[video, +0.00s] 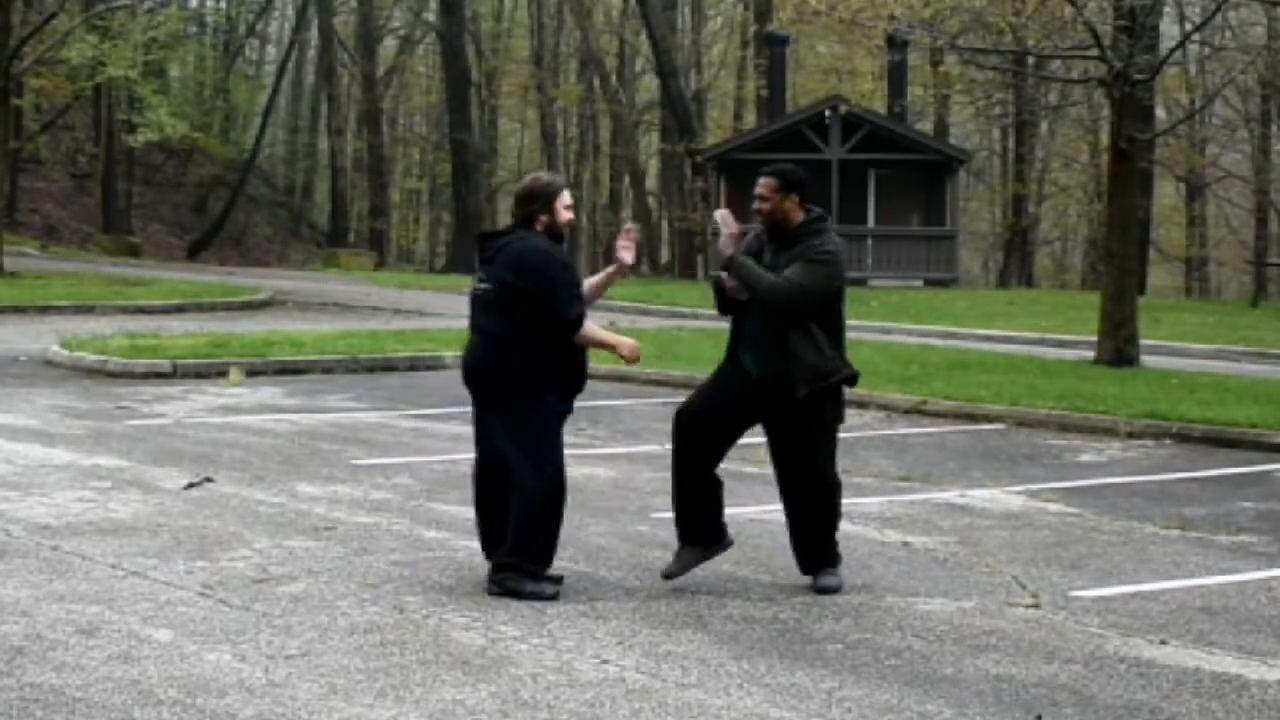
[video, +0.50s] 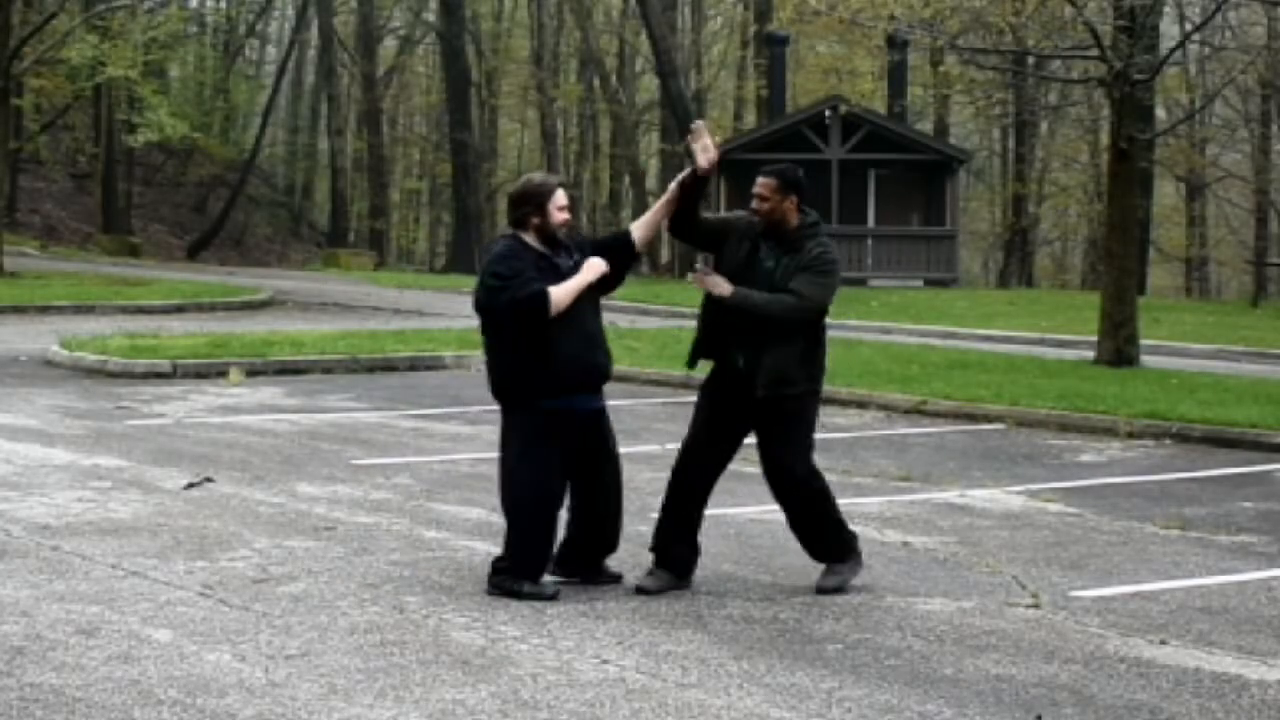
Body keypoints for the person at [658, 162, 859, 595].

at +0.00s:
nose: (757, 207)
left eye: (765, 200)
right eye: (756, 199)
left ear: (793, 202)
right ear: (760, 202)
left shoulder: (823, 251)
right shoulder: (758, 241)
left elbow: (782, 293)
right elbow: (732, 306)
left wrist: (733, 258)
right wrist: (727, 285)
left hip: (806, 384)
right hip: (748, 376)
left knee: (809, 477)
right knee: (692, 426)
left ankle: (823, 564)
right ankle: (702, 536)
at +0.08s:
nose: (758, 206)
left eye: (766, 199)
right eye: (757, 197)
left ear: (794, 201)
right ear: (770, 201)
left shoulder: (820, 250)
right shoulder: (762, 242)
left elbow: (765, 286)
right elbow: (722, 287)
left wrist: (702, 266)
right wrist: (733, 251)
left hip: (805, 383)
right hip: (749, 375)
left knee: (807, 474)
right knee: (692, 428)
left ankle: (823, 564)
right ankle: (687, 538)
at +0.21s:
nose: (754, 203)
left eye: (762, 196)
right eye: (753, 195)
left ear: (791, 199)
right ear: (756, 197)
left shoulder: (817, 249)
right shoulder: (748, 235)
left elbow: (771, 292)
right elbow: (697, 254)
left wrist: (713, 282)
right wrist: (690, 214)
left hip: (796, 389)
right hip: (736, 385)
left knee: (805, 479)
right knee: (696, 464)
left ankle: (824, 564)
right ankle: (666, 556)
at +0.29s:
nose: (750, 203)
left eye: (758, 197)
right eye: (750, 195)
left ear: (786, 200)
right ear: (756, 197)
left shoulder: (813, 251)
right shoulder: (743, 233)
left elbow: (775, 298)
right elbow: (689, 240)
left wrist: (720, 284)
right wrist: (693, 196)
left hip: (790, 389)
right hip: (730, 385)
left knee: (801, 480)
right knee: (694, 473)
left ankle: (823, 565)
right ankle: (671, 567)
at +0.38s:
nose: (748, 204)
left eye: (757, 197)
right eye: (748, 196)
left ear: (787, 202)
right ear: (748, 199)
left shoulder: (811, 253)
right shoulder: (740, 233)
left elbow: (778, 303)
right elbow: (683, 231)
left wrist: (720, 284)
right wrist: (695, 179)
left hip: (784, 386)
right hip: (728, 380)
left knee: (796, 478)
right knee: (688, 470)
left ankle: (824, 564)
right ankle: (670, 566)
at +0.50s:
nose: (755, 205)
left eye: (763, 200)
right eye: (754, 198)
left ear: (791, 203)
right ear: (755, 197)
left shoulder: (816, 253)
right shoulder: (741, 230)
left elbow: (803, 309)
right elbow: (682, 227)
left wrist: (731, 293)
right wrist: (698, 175)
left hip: (787, 384)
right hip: (732, 377)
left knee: (789, 473)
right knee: (692, 469)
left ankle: (842, 554)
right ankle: (672, 566)